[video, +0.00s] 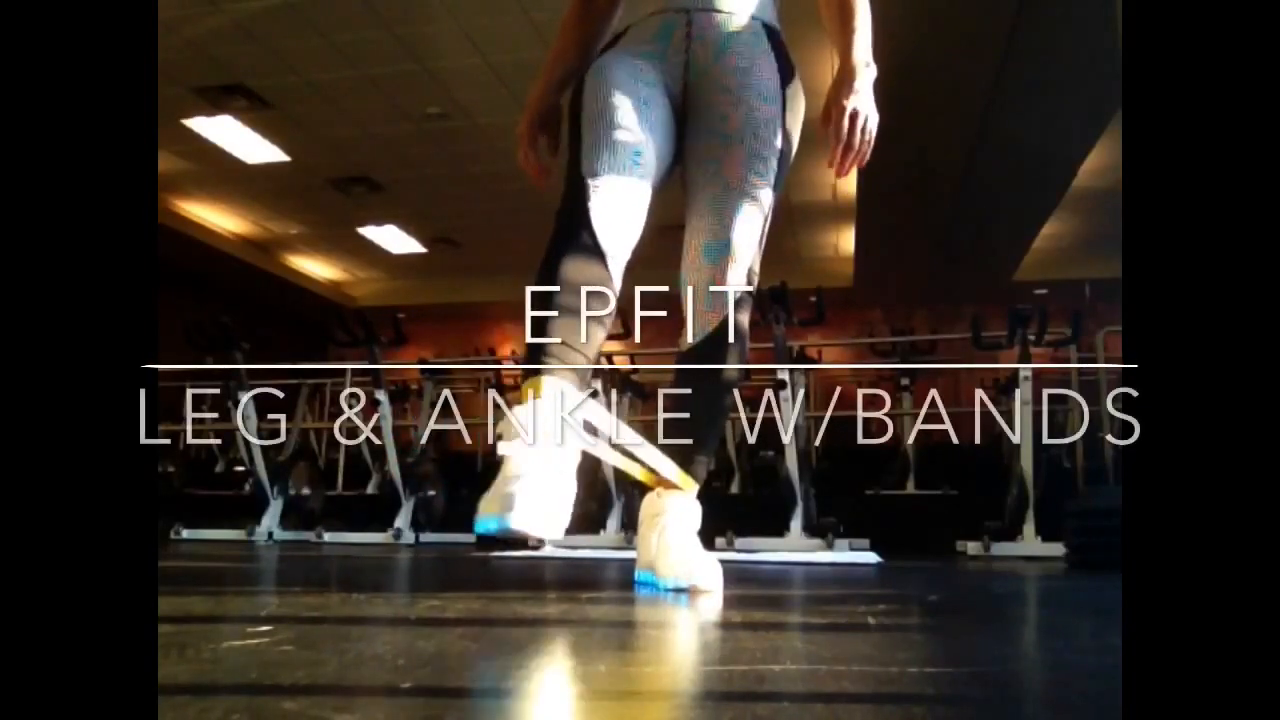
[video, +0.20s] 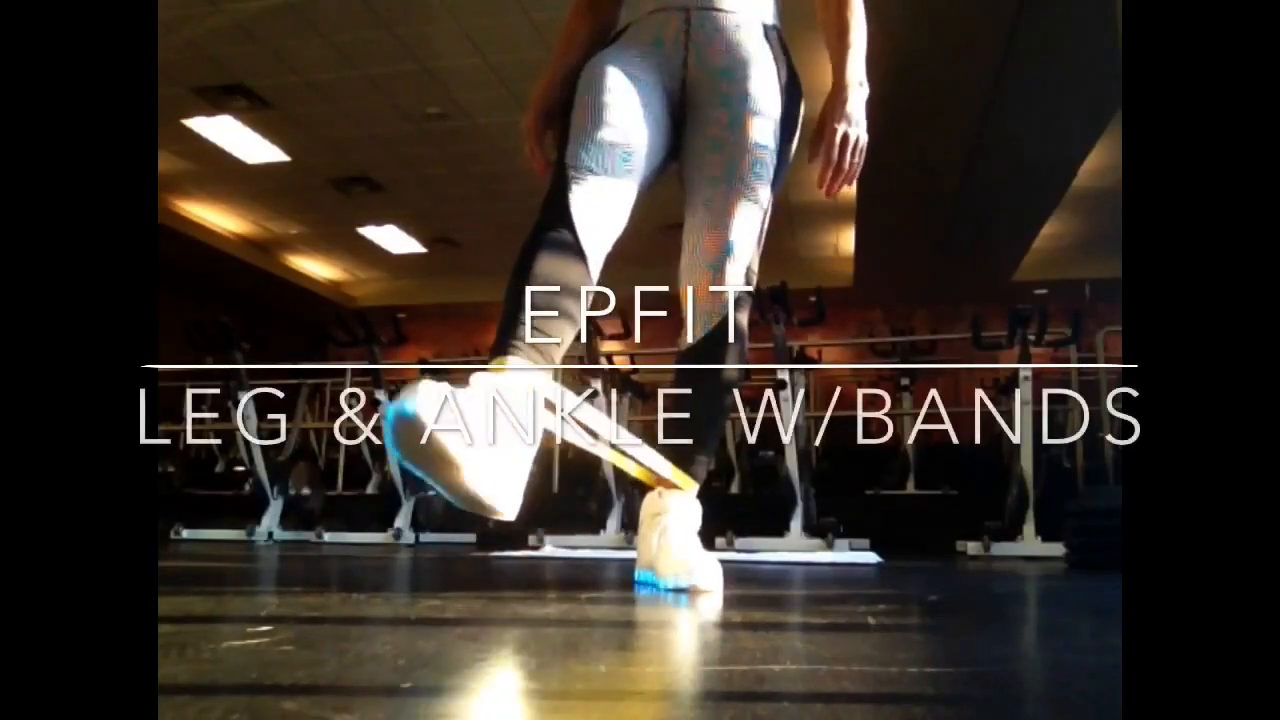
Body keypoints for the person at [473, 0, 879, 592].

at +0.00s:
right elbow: (596, 4)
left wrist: (857, 69)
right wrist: (548, 86)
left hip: (747, 28)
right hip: (634, 26)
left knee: (721, 272)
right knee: (599, 214)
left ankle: (674, 516)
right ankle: (543, 452)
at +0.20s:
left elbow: (837, 0)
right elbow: (595, 6)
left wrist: (851, 92)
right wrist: (550, 90)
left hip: (745, 27)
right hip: (636, 26)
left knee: (718, 274)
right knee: (585, 187)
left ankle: (672, 520)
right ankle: (503, 421)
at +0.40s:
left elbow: (832, 3)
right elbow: (597, 5)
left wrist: (839, 92)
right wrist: (551, 92)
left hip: (741, 31)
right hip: (634, 30)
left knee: (716, 273)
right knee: (592, 192)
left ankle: (673, 516)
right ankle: (527, 411)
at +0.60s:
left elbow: (829, 3)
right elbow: (597, 5)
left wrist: (830, 80)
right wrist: (558, 100)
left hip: (741, 32)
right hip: (632, 28)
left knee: (718, 272)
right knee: (618, 185)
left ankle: (675, 510)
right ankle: (574, 409)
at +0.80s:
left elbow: (826, 4)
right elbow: (596, 5)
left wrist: (826, 82)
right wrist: (555, 96)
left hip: (741, 26)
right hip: (632, 26)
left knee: (720, 268)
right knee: (617, 205)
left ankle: (673, 513)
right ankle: (571, 438)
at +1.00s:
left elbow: (828, 3)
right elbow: (595, 6)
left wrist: (830, 88)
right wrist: (552, 94)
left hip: (744, 28)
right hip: (636, 26)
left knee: (720, 270)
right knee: (589, 211)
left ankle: (672, 518)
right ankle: (519, 454)